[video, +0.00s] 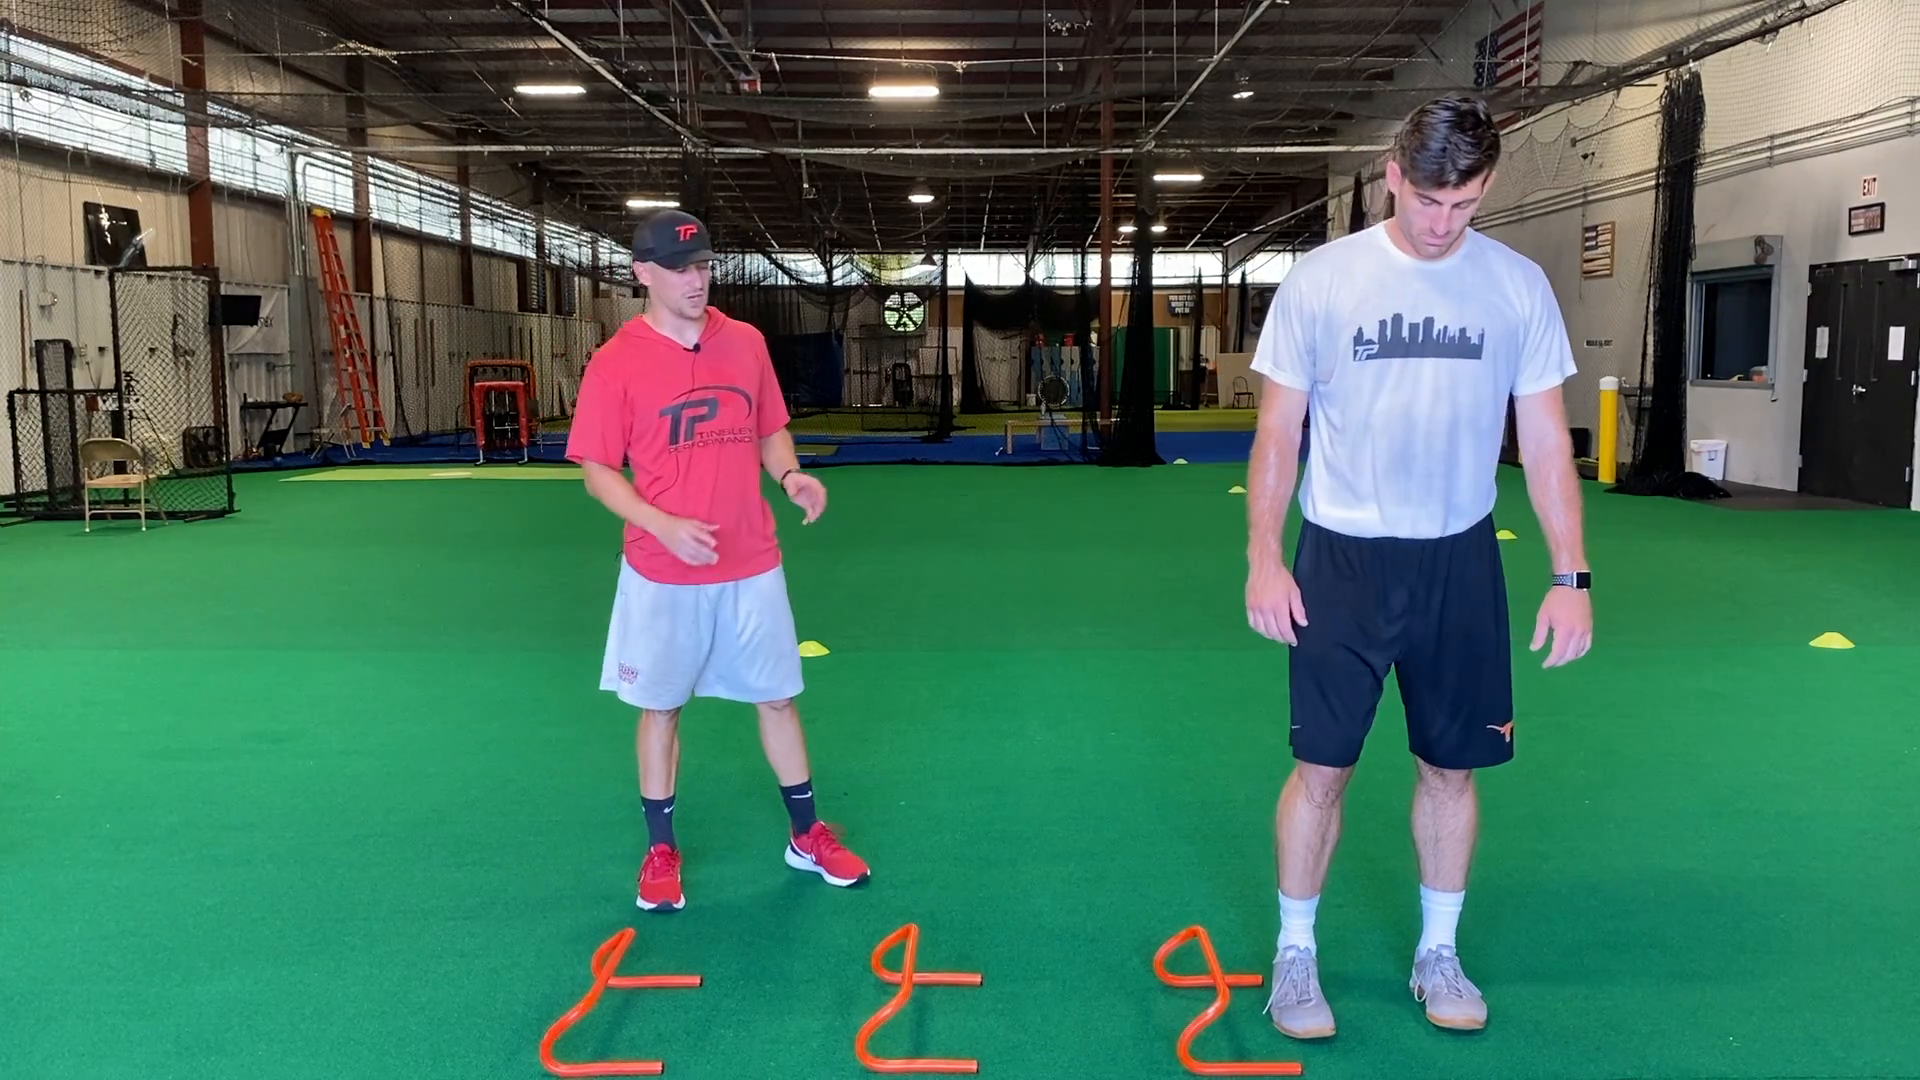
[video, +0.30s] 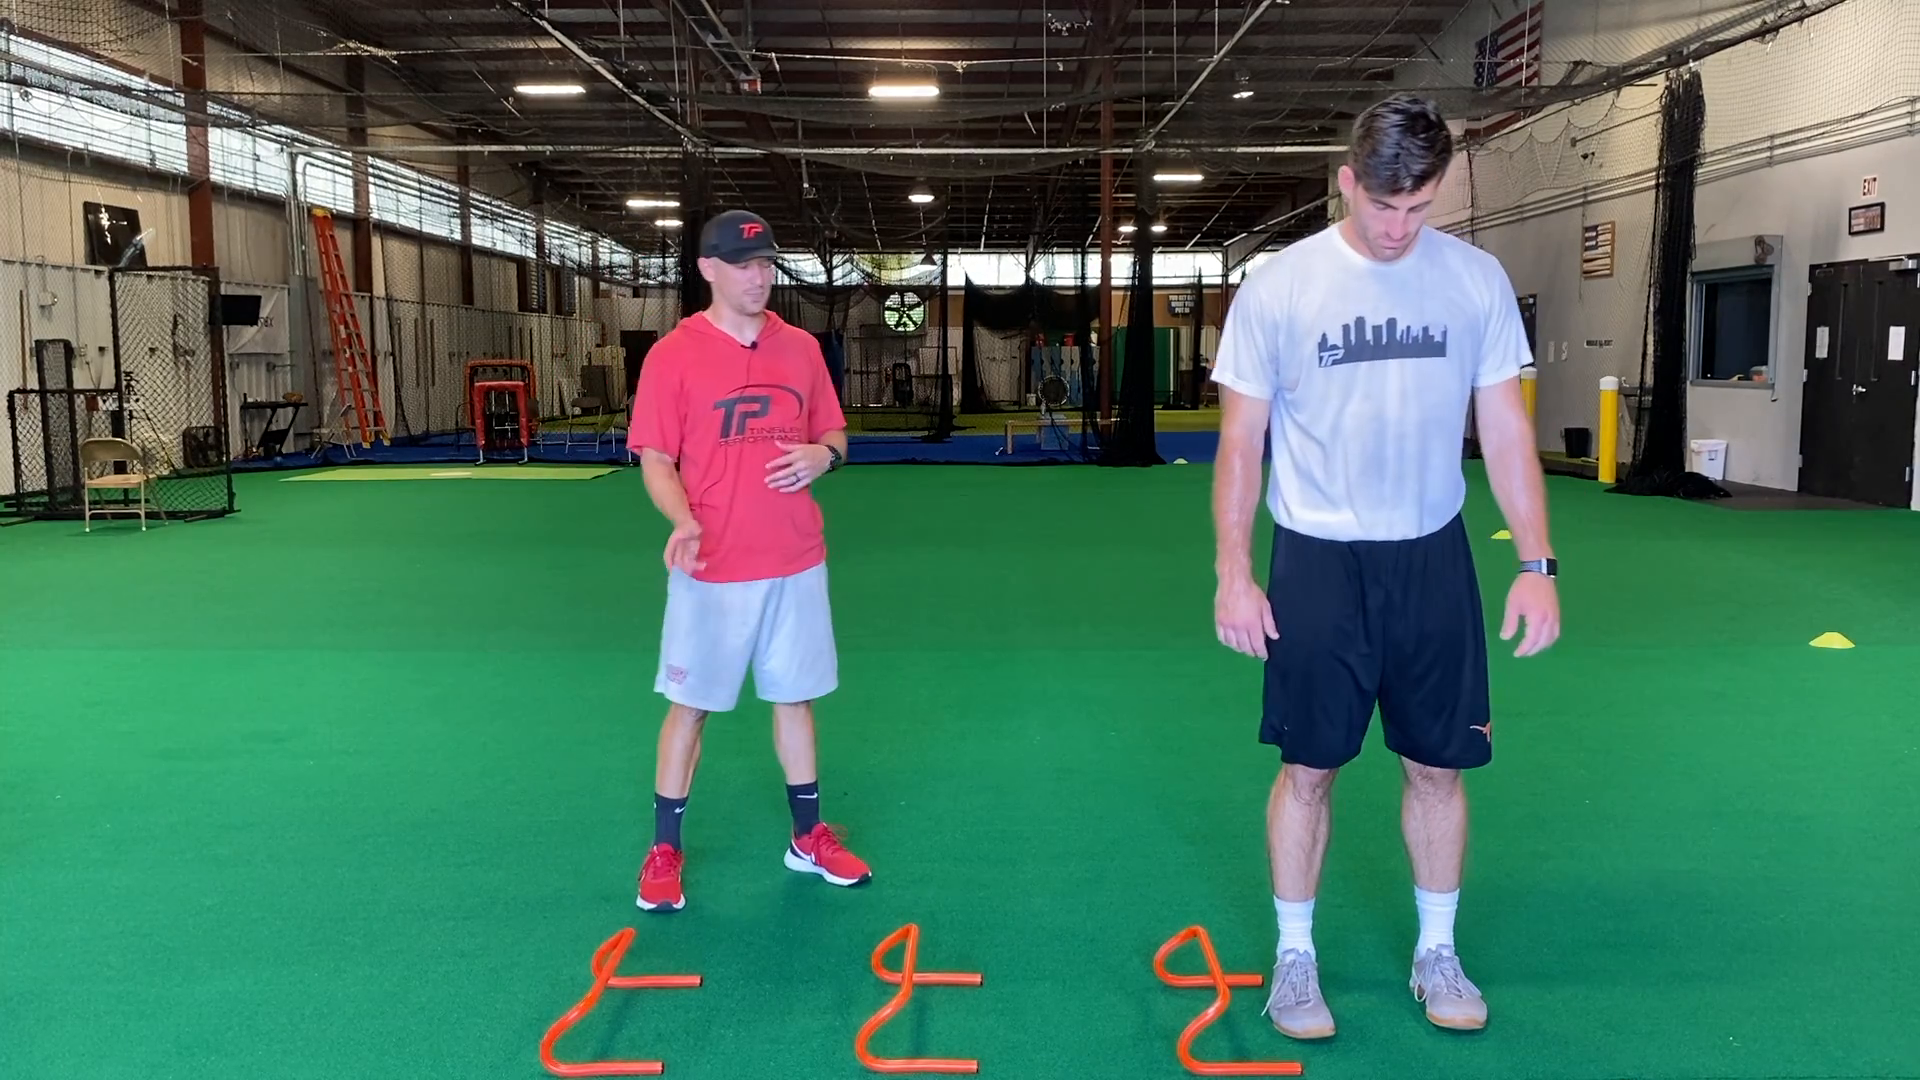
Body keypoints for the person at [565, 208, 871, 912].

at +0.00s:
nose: (700, 278)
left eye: (704, 264)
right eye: (684, 267)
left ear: (712, 267)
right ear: (645, 275)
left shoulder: (745, 344)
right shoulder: (616, 364)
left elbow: (772, 430)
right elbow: (597, 470)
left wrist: (792, 473)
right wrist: (661, 524)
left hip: (751, 563)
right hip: (665, 572)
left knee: (778, 695)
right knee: (660, 706)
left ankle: (808, 835)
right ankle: (661, 850)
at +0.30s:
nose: (760, 273)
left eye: (766, 261)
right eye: (743, 262)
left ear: (774, 268)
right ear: (708, 270)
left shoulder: (801, 349)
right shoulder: (672, 357)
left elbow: (834, 436)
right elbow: (655, 461)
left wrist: (823, 452)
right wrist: (682, 519)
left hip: (795, 560)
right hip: (711, 565)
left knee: (795, 695)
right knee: (690, 703)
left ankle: (808, 835)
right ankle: (665, 850)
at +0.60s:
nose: (798, 271)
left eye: (810, 260)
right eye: (785, 259)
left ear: (825, 272)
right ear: (761, 268)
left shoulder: (849, 355)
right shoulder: (719, 349)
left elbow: (870, 441)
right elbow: (692, 445)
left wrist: (861, 462)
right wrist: (711, 509)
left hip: (829, 559)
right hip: (746, 560)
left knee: (811, 691)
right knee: (725, 696)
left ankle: (811, 834)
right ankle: (680, 845)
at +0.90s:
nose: (821, 276)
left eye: (833, 266)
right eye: (809, 263)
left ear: (847, 277)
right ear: (782, 268)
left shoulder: (871, 361)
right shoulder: (736, 346)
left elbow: (906, 450)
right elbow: (705, 437)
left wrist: (867, 469)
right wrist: (719, 505)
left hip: (831, 559)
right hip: (749, 555)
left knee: (814, 690)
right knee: (732, 689)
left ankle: (811, 831)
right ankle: (702, 818)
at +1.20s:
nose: (810, 283)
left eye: (819, 271)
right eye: (797, 271)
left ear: (829, 278)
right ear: (768, 274)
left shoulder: (852, 362)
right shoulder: (721, 351)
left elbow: (874, 448)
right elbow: (693, 442)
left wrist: (858, 461)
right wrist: (712, 504)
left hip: (823, 556)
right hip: (741, 556)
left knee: (809, 687)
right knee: (718, 689)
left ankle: (811, 830)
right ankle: (703, 778)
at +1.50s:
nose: (756, 286)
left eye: (764, 274)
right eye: (742, 275)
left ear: (775, 278)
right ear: (713, 282)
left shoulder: (807, 359)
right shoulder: (681, 360)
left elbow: (848, 449)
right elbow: (658, 447)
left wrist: (872, 433)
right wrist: (672, 500)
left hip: (785, 556)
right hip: (703, 557)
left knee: (787, 685)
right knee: (704, 680)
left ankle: (808, 827)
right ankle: (710, 796)